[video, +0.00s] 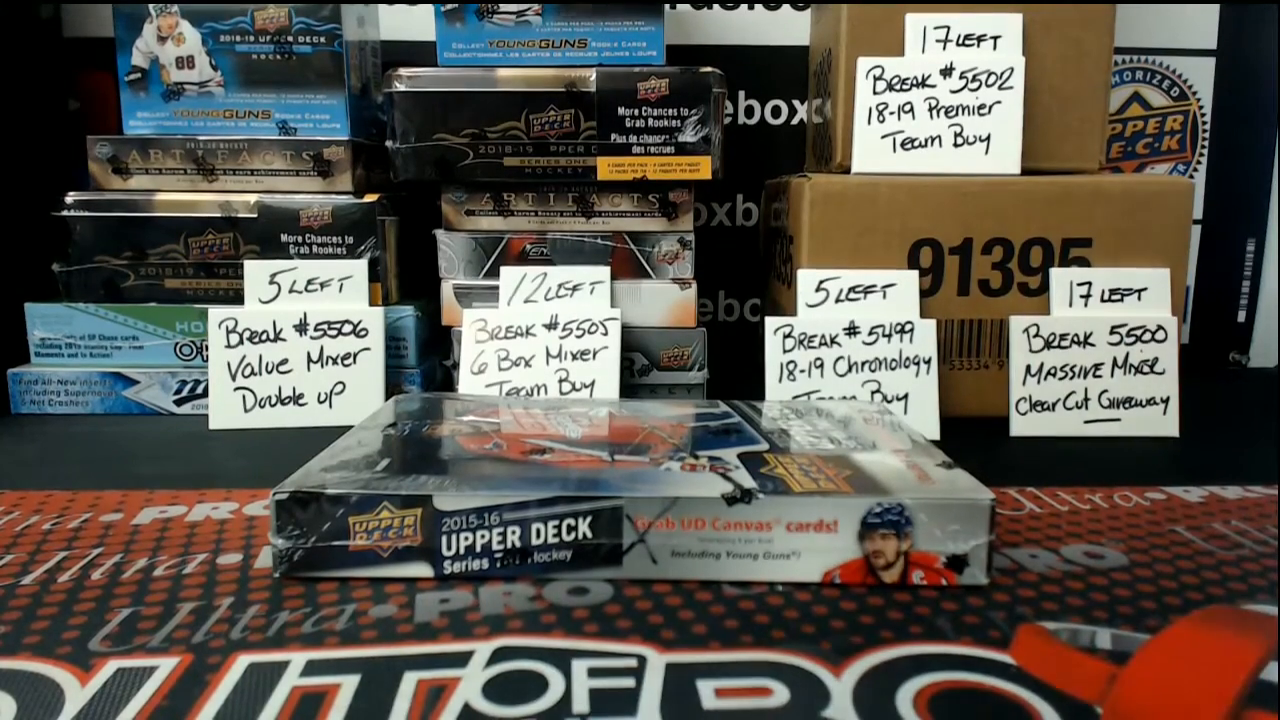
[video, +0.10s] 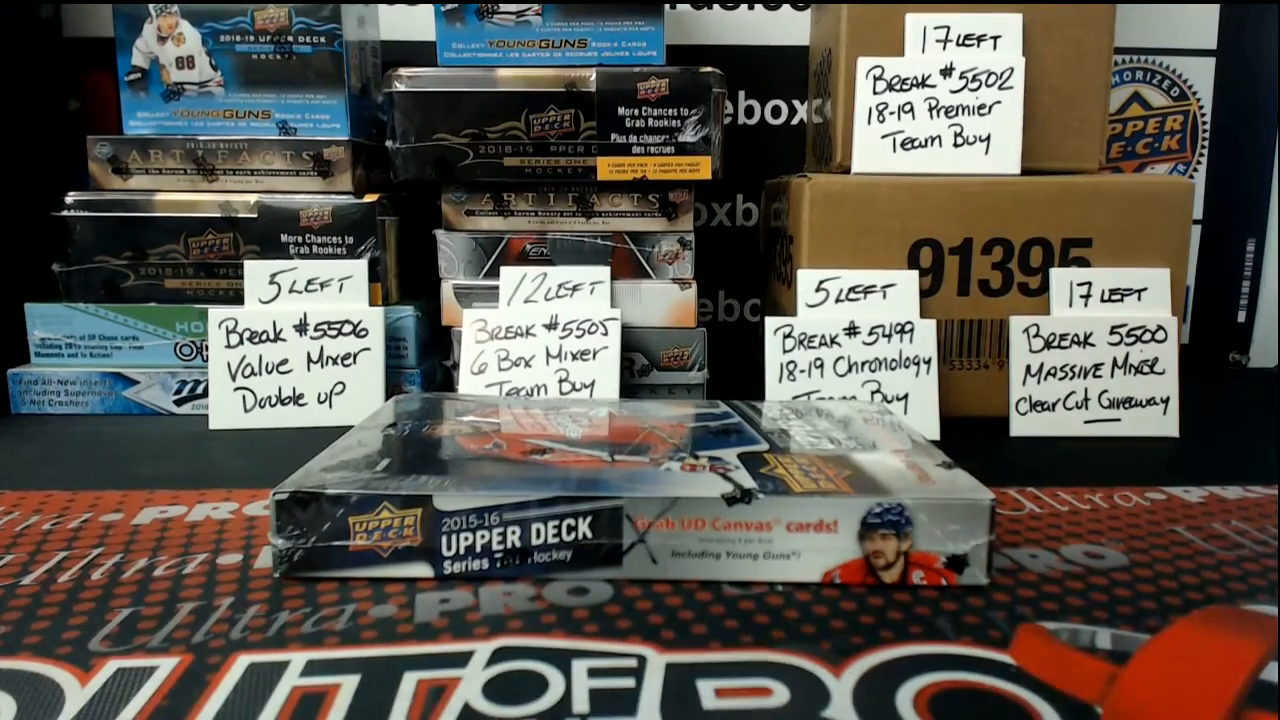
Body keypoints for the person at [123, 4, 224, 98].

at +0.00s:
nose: (170, 22)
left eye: (173, 17)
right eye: (164, 18)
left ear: (178, 17)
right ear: (156, 20)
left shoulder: (186, 36)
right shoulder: (150, 29)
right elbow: (142, 50)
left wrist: (178, 88)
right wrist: (137, 72)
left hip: (209, 84)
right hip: (181, 84)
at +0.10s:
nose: (170, 22)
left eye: (173, 17)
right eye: (164, 18)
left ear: (178, 17)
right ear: (156, 20)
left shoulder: (186, 36)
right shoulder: (150, 28)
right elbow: (142, 50)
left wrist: (179, 89)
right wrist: (137, 72)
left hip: (209, 84)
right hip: (181, 83)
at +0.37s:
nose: (170, 22)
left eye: (173, 17)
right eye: (164, 17)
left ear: (178, 17)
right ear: (156, 20)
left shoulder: (186, 34)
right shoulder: (150, 28)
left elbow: (188, 65)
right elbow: (142, 50)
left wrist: (180, 87)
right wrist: (137, 72)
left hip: (208, 83)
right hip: (181, 83)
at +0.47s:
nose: (170, 22)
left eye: (173, 17)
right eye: (164, 17)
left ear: (178, 17)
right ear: (156, 20)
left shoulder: (186, 34)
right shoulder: (150, 28)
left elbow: (188, 65)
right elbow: (142, 50)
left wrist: (180, 87)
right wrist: (137, 72)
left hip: (208, 83)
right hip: (182, 83)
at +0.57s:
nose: (170, 22)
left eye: (173, 17)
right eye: (164, 18)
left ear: (178, 17)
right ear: (156, 20)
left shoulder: (186, 35)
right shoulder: (150, 28)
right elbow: (141, 50)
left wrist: (179, 88)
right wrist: (137, 74)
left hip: (209, 84)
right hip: (182, 85)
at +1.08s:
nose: (170, 22)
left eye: (173, 17)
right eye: (164, 18)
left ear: (178, 17)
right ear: (156, 20)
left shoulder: (185, 35)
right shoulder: (150, 28)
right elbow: (141, 50)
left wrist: (178, 89)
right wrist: (136, 74)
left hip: (209, 84)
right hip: (181, 83)